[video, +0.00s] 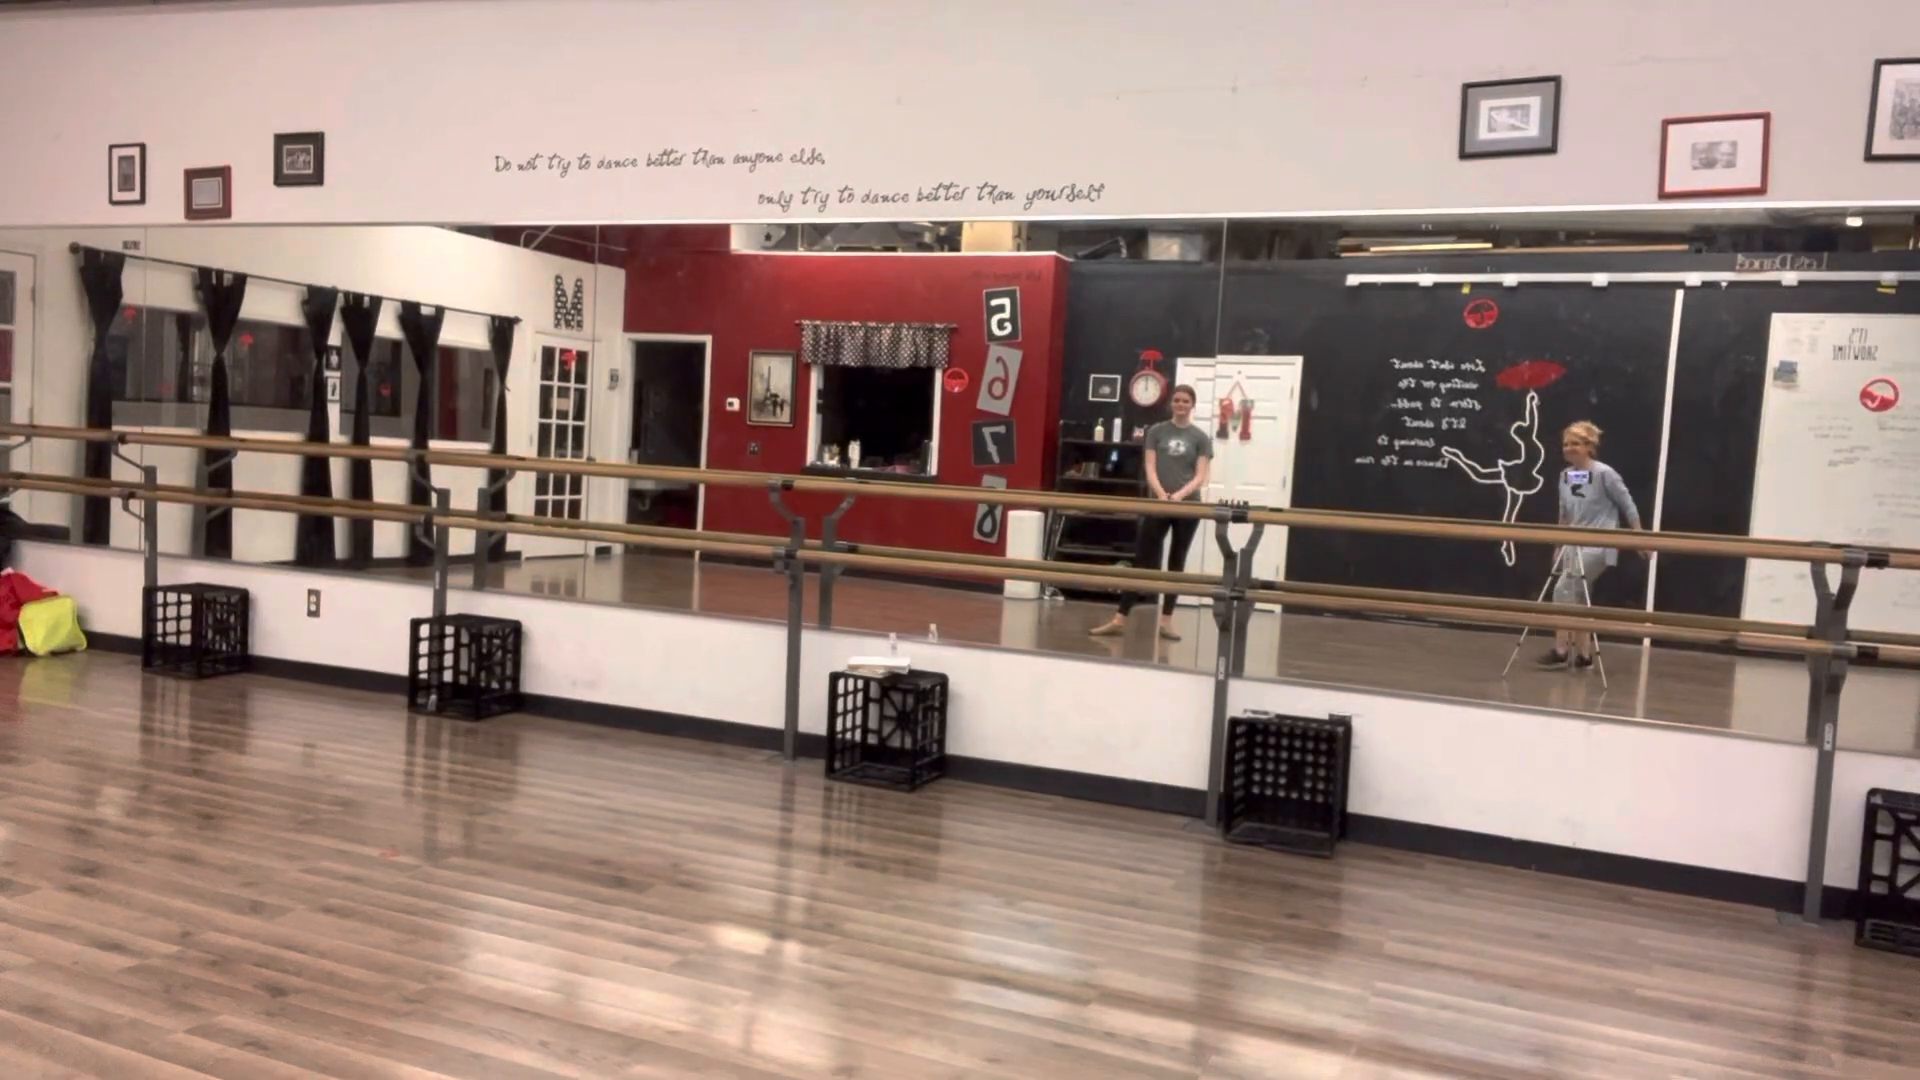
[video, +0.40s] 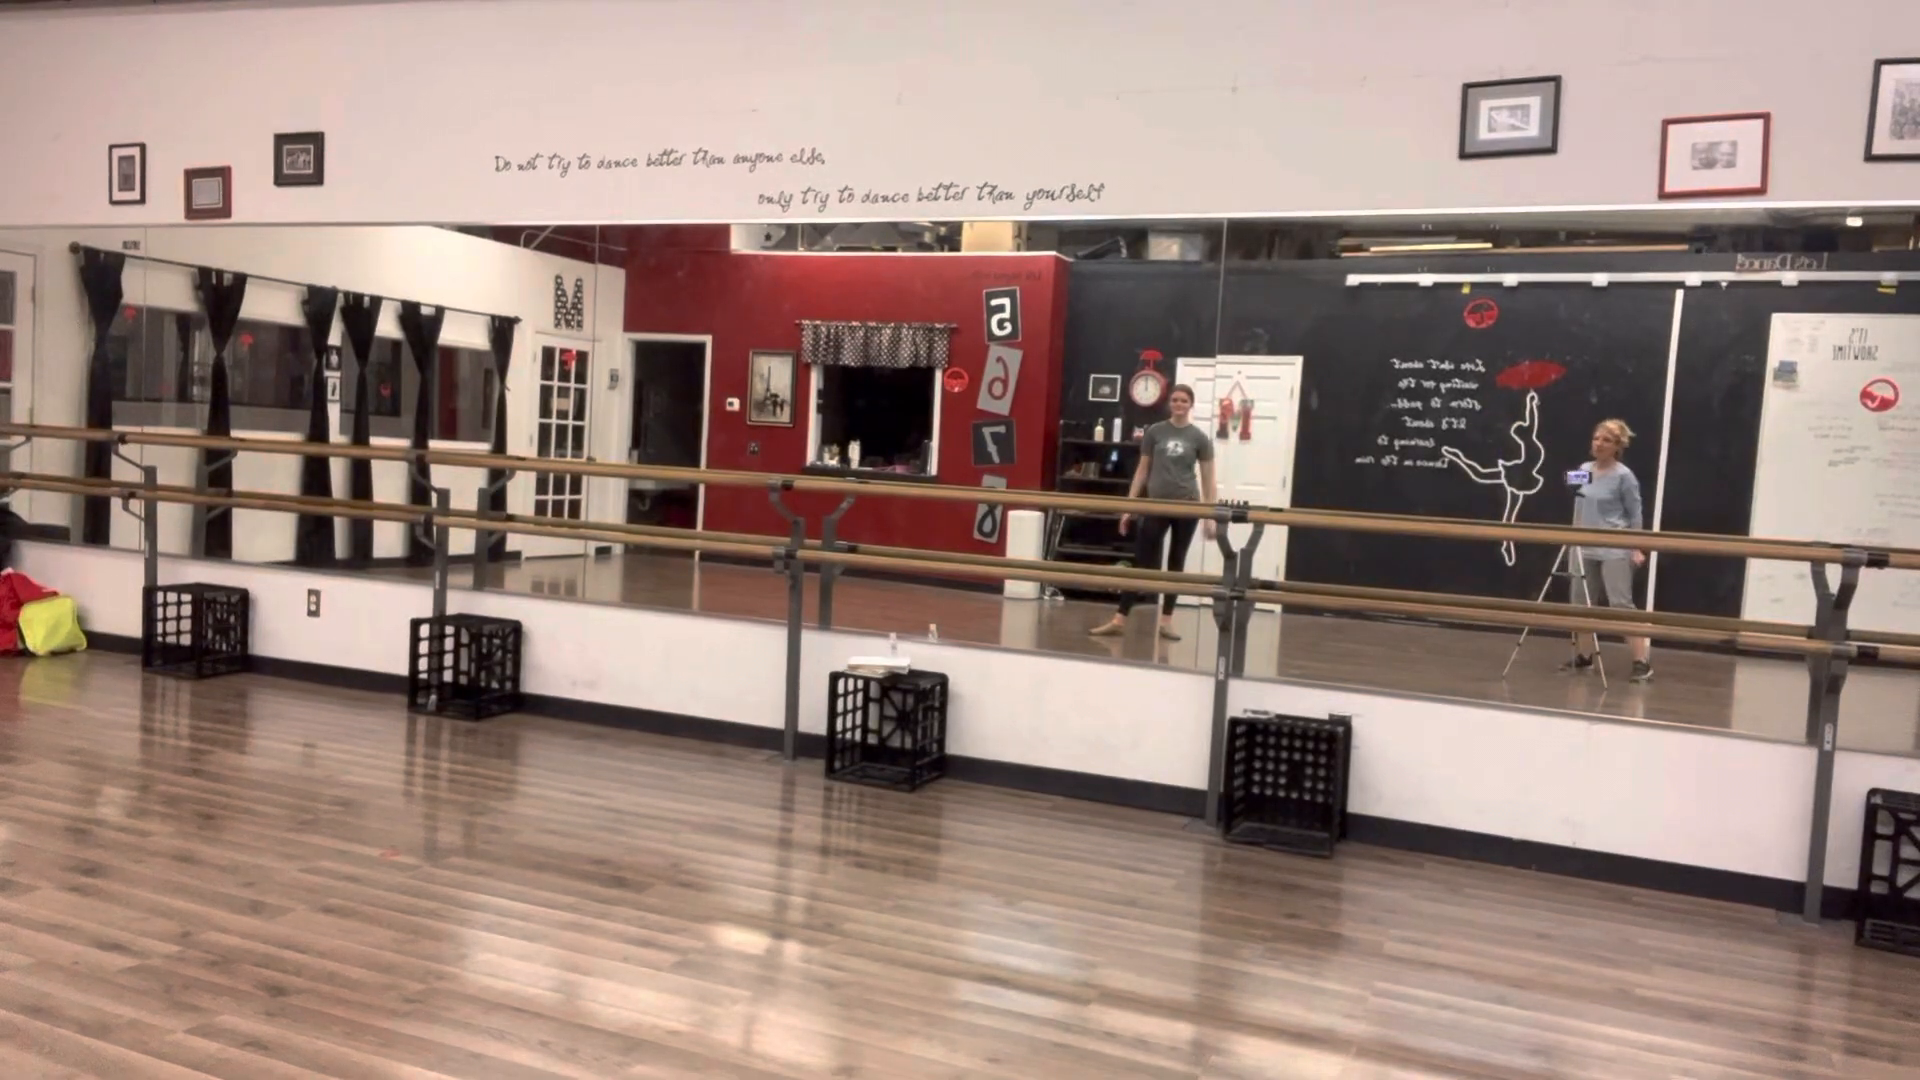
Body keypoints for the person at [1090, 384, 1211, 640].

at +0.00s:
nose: (1180, 405)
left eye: (1185, 401)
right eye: (1177, 401)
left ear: (1193, 406)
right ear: (1171, 403)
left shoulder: (1201, 438)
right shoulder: (1155, 432)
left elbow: (1201, 476)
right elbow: (1150, 468)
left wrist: (1179, 494)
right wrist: (1160, 493)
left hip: (1187, 504)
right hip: (1159, 501)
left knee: (1176, 560)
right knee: (1143, 555)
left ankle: (1166, 619)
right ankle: (1120, 617)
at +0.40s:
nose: (1178, 405)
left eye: (1183, 401)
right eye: (1175, 400)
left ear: (1191, 405)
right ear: (1169, 403)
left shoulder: (1200, 439)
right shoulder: (1153, 433)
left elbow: (1208, 480)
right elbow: (1141, 472)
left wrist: (1209, 515)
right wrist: (1129, 507)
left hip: (1185, 510)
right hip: (1155, 507)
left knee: (1176, 564)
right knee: (1142, 560)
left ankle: (1165, 620)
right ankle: (1120, 617)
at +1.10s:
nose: (1180, 405)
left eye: (1184, 402)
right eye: (1176, 401)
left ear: (1192, 406)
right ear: (1170, 404)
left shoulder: (1201, 438)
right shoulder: (1154, 432)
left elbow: (1201, 477)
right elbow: (1146, 469)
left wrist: (1187, 507)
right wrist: (1145, 502)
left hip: (1184, 508)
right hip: (1156, 505)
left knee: (1175, 563)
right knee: (1140, 559)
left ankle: (1165, 619)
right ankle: (1120, 617)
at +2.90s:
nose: (1183, 405)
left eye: (1187, 402)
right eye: (1179, 401)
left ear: (1192, 406)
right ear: (1171, 404)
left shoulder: (1200, 437)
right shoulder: (1153, 433)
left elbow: (1211, 475)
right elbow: (1141, 473)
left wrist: (1221, 506)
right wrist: (1126, 507)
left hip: (1187, 509)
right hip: (1156, 507)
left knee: (1176, 564)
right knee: (1142, 560)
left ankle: (1165, 620)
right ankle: (1120, 617)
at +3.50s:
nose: (1192, 407)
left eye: (1195, 403)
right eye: (1188, 403)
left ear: (1195, 406)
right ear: (1174, 404)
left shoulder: (1200, 437)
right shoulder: (1154, 432)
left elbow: (1203, 476)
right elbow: (1148, 473)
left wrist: (1188, 505)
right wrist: (1158, 503)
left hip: (1187, 507)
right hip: (1158, 505)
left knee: (1176, 564)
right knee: (1142, 559)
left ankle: (1166, 620)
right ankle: (1120, 617)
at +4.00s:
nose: (1191, 407)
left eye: (1194, 403)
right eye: (1187, 402)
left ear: (1194, 407)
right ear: (1173, 404)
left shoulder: (1198, 436)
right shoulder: (1153, 433)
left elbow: (1209, 476)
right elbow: (1139, 470)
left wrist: (1212, 506)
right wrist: (1124, 504)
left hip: (1186, 509)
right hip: (1155, 506)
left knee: (1176, 563)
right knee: (1141, 560)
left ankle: (1165, 620)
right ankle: (1120, 618)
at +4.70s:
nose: (1184, 405)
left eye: (1188, 401)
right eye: (1180, 400)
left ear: (1193, 405)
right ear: (1171, 403)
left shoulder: (1201, 437)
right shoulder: (1153, 432)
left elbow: (1202, 476)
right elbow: (1148, 473)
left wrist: (1184, 508)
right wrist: (1161, 505)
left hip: (1185, 507)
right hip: (1156, 504)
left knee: (1175, 563)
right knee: (1141, 558)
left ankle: (1166, 619)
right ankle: (1120, 617)